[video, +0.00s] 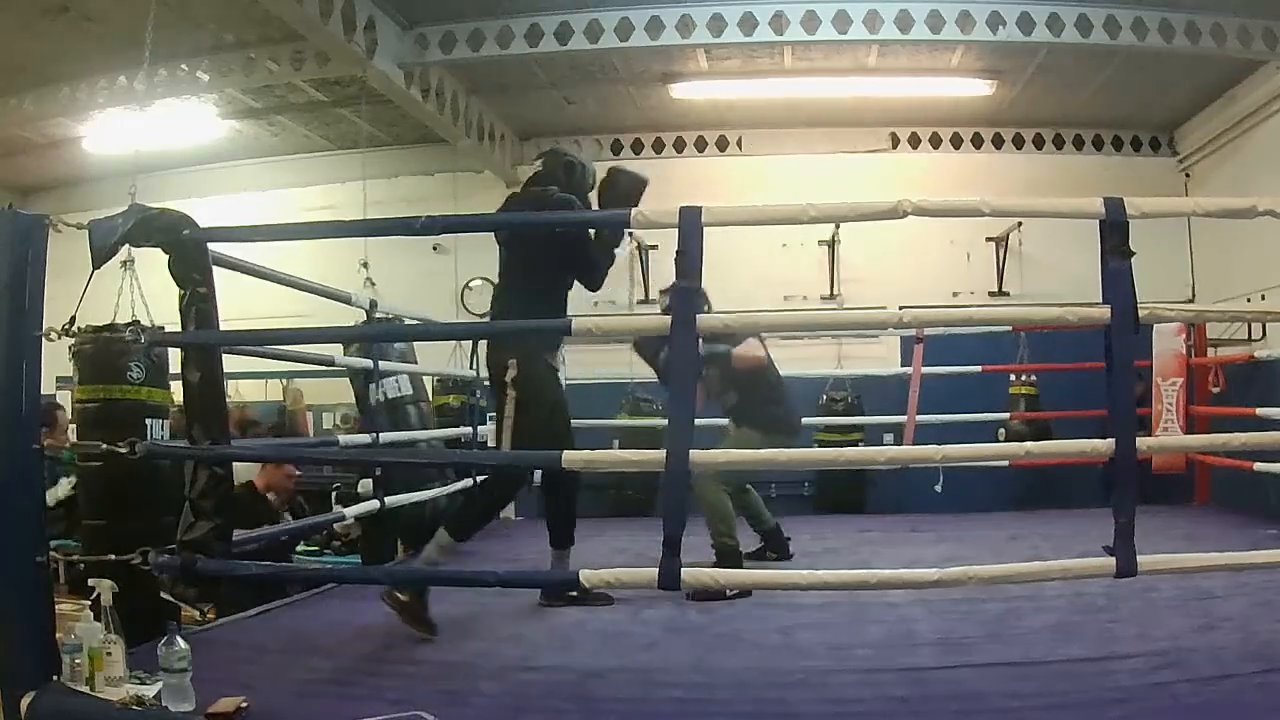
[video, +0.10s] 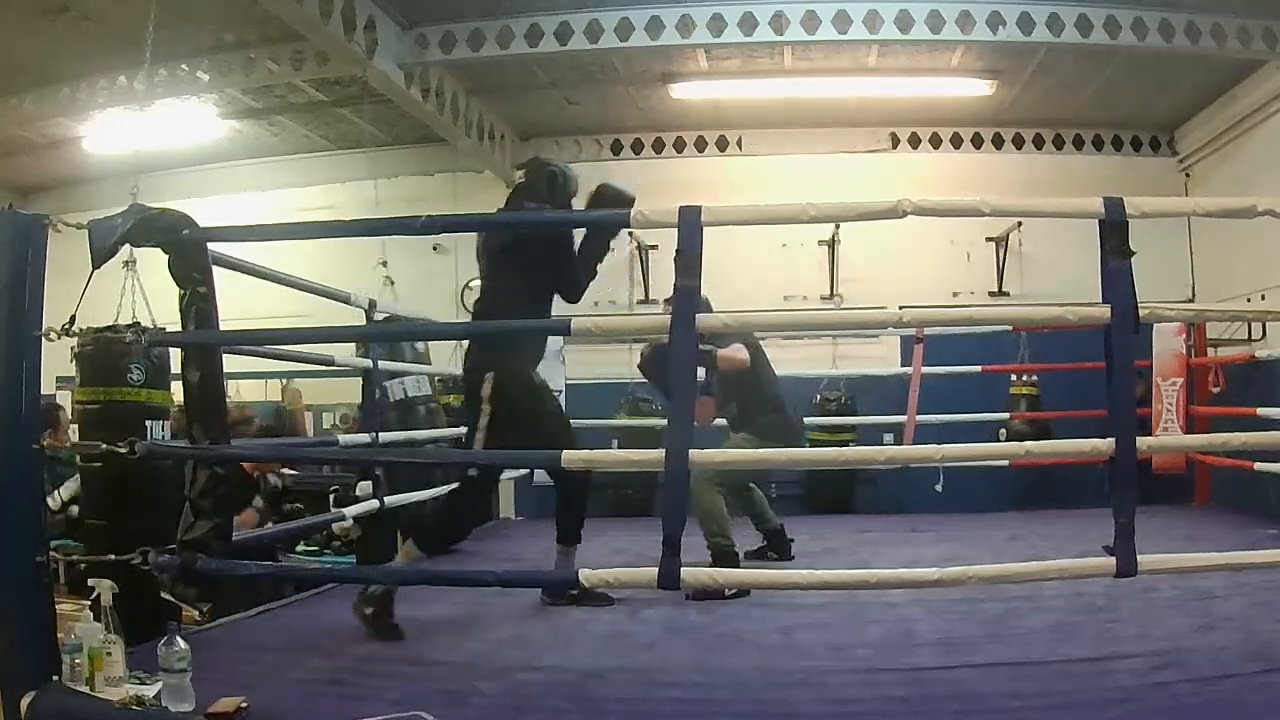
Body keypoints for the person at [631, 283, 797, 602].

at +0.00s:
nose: (676, 320)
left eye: (680, 312)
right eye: (671, 313)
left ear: (696, 312)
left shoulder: (730, 330)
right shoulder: (701, 351)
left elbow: (758, 356)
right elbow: (695, 402)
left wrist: (714, 357)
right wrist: (667, 364)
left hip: (767, 425)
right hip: (746, 426)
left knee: (706, 477)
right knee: (729, 478)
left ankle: (728, 561)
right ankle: (775, 543)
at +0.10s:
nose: (673, 323)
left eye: (677, 317)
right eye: (671, 317)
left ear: (695, 318)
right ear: (702, 318)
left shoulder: (729, 333)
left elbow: (741, 360)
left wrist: (698, 353)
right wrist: (670, 382)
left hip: (771, 432)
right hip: (754, 433)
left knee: (702, 474)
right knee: (731, 476)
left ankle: (725, 563)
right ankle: (777, 541)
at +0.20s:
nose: (688, 313)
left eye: (689, 306)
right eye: (686, 307)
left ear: (704, 301)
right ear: (716, 296)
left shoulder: (734, 315)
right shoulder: (722, 339)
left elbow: (744, 340)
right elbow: (708, 389)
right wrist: (670, 355)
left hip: (765, 424)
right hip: (772, 426)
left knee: (710, 468)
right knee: (735, 477)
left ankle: (725, 557)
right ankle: (777, 541)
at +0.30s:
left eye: (695, 274)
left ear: (713, 269)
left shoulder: (743, 286)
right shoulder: (723, 313)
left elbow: (750, 304)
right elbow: (702, 357)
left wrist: (717, 286)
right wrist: (679, 323)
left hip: (767, 393)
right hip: (756, 396)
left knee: (735, 466)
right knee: (744, 470)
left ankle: (730, 549)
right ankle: (777, 539)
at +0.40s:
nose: (705, 257)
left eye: (708, 247)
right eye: (705, 250)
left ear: (721, 244)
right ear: (726, 246)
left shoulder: (748, 262)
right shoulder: (729, 289)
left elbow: (754, 283)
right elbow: (704, 330)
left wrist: (713, 258)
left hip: (769, 376)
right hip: (758, 378)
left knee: (737, 450)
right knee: (747, 452)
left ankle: (746, 546)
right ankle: (780, 529)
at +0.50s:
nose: (707, 249)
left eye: (712, 241)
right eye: (705, 243)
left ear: (730, 239)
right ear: (711, 247)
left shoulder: (758, 266)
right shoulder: (730, 287)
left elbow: (765, 294)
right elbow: (707, 328)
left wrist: (722, 267)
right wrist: (680, 286)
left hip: (768, 382)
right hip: (752, 382)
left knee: (745, 456)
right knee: (753, 455)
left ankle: (751, 549)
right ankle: (784, 534)